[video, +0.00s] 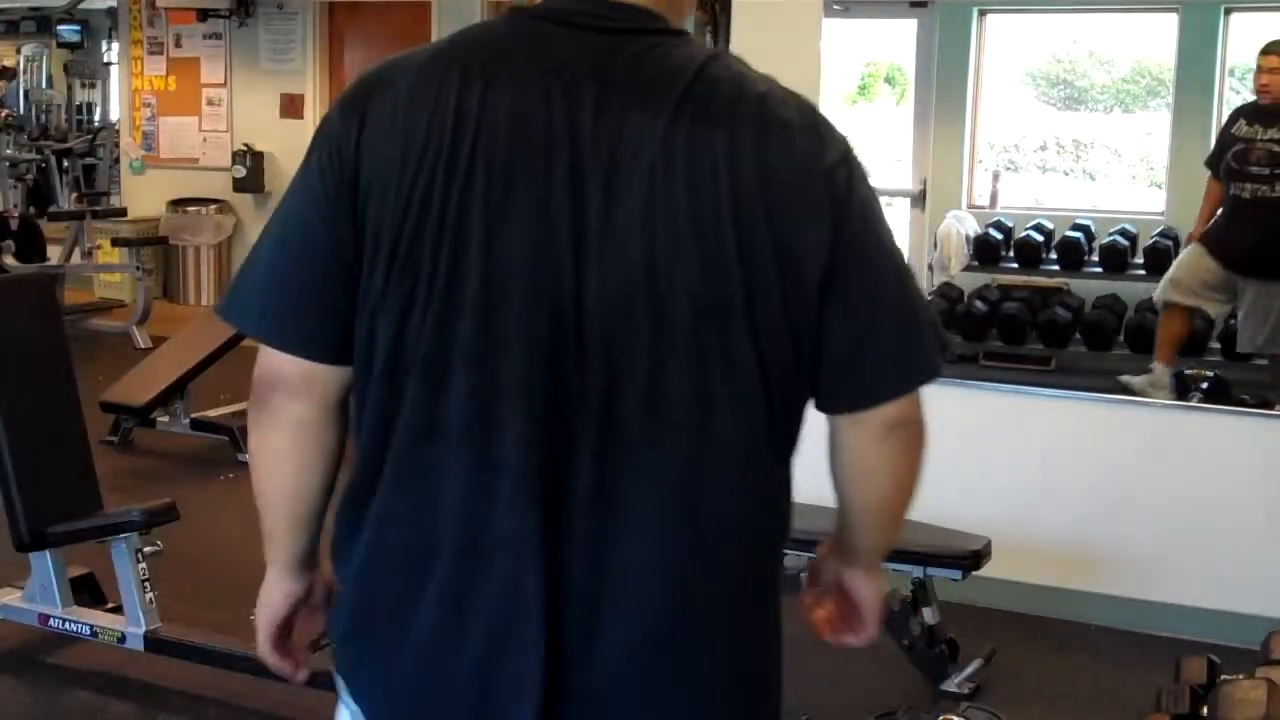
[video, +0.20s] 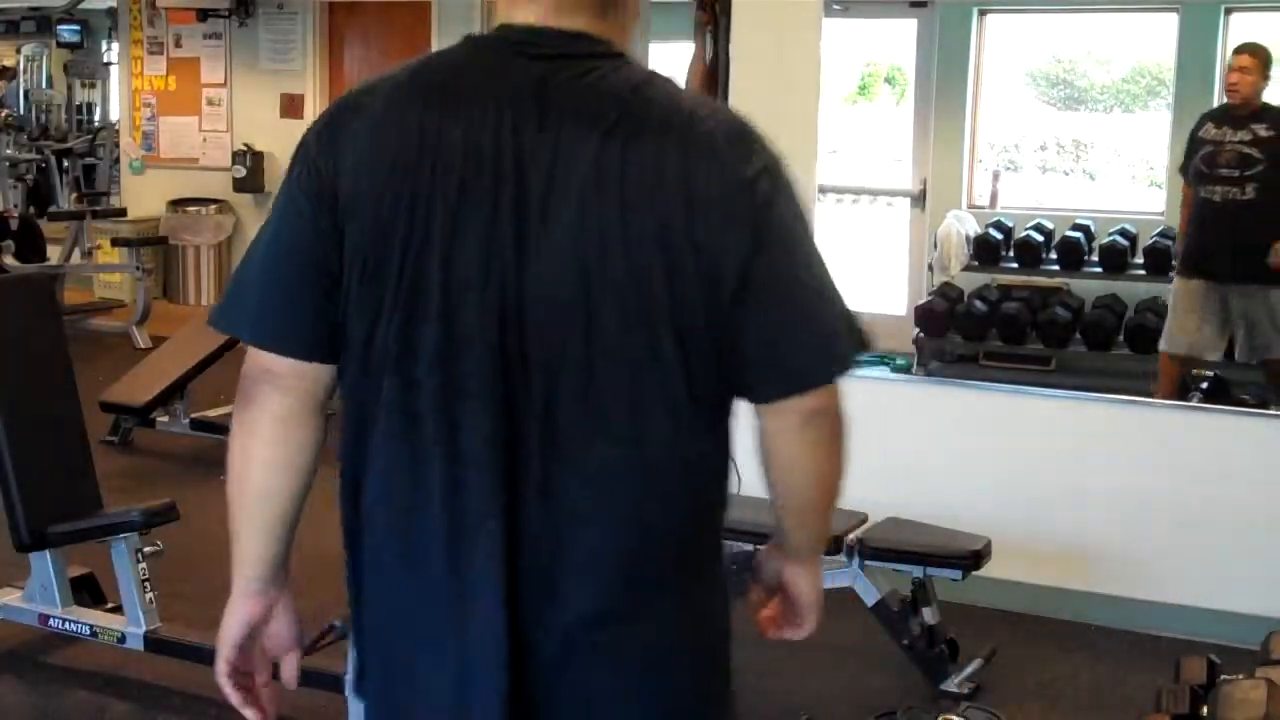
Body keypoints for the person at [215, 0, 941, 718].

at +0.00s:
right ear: (670, 4)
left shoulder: (387, 112)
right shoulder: (787, 140)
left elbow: (292, 377)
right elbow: (883, 408)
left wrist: (288, 566)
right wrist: (857, 557)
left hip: (424, 665)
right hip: (687, 674)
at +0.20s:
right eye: (643, 12)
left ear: (494, 0)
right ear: (633, 5)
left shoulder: (358, 135)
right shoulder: (718, 155)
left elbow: (279, 378)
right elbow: (803, 402)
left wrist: (258, 581)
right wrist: (798, 551)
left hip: (420, 656)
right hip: (642, 661)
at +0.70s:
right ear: (550, 7)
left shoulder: (323, 101)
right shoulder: (616, 123)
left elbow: (254, 290)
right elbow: (679, 338)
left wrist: (273, 416)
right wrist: (715, 500)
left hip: (381, 568)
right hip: (588, 565)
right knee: (628, 697)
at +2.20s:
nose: (617, 1)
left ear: (626, 5)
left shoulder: (635, 118)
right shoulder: (465, 117)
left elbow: (663, 267)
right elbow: (430, 282)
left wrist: (708, 372)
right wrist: (483, 445)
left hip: (621, 477)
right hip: (507, 483)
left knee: (595, 703)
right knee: (477, 706)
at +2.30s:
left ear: (613, 4)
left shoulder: (623, 119)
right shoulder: (450, 117)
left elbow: (656, 261)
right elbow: (408, 280)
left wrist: (709, 337)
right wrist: (460, 447)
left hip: (611, 478)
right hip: (494, 485)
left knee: (593, 701)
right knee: (461, 704)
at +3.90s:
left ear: (633, 3)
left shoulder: (664, 126)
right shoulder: (474, 126)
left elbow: (699, 289)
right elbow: (449, 310)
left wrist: (726, 413)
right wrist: (504, 477)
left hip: (667, 500)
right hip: (538, 514)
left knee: (654, 710)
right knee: (510, 710)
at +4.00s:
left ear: (647, 1)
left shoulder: (675, 122)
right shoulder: (486, 121)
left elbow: (707, 286)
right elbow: (457, 306)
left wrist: (730, 411)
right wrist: (491, 484)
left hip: (677, 495)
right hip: (545, 511)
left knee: (670, 710)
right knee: (523, 711)